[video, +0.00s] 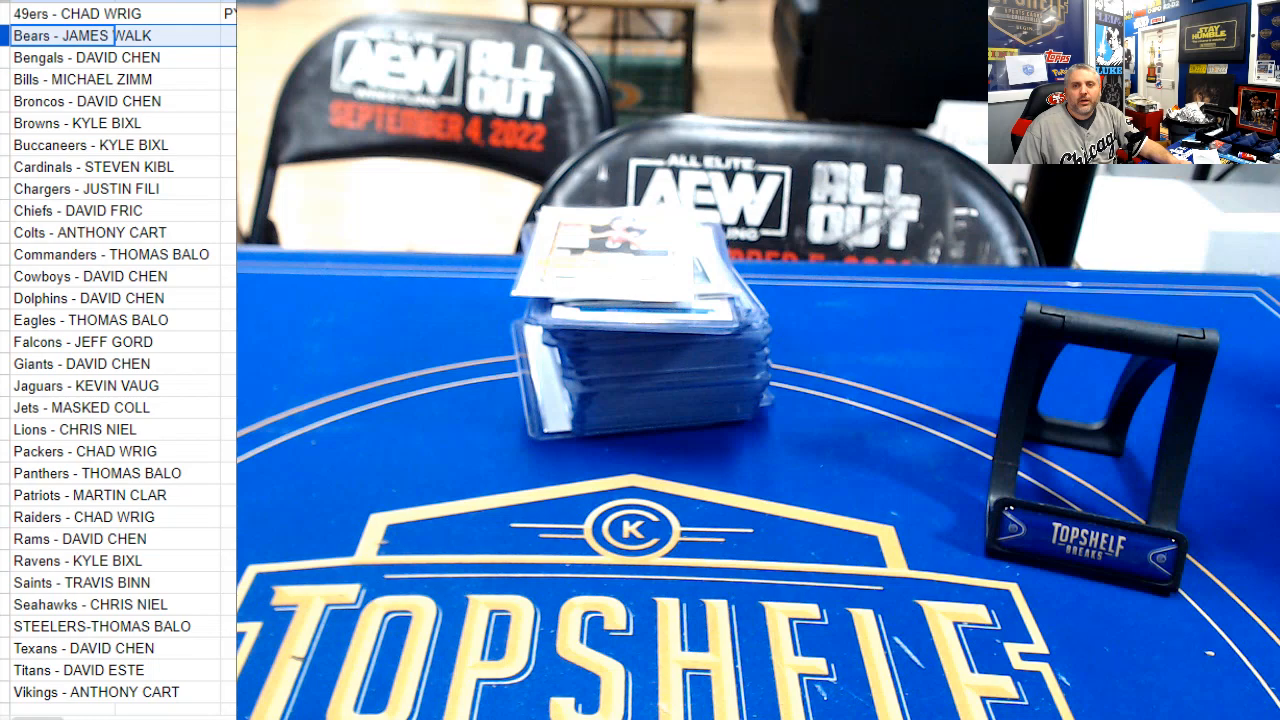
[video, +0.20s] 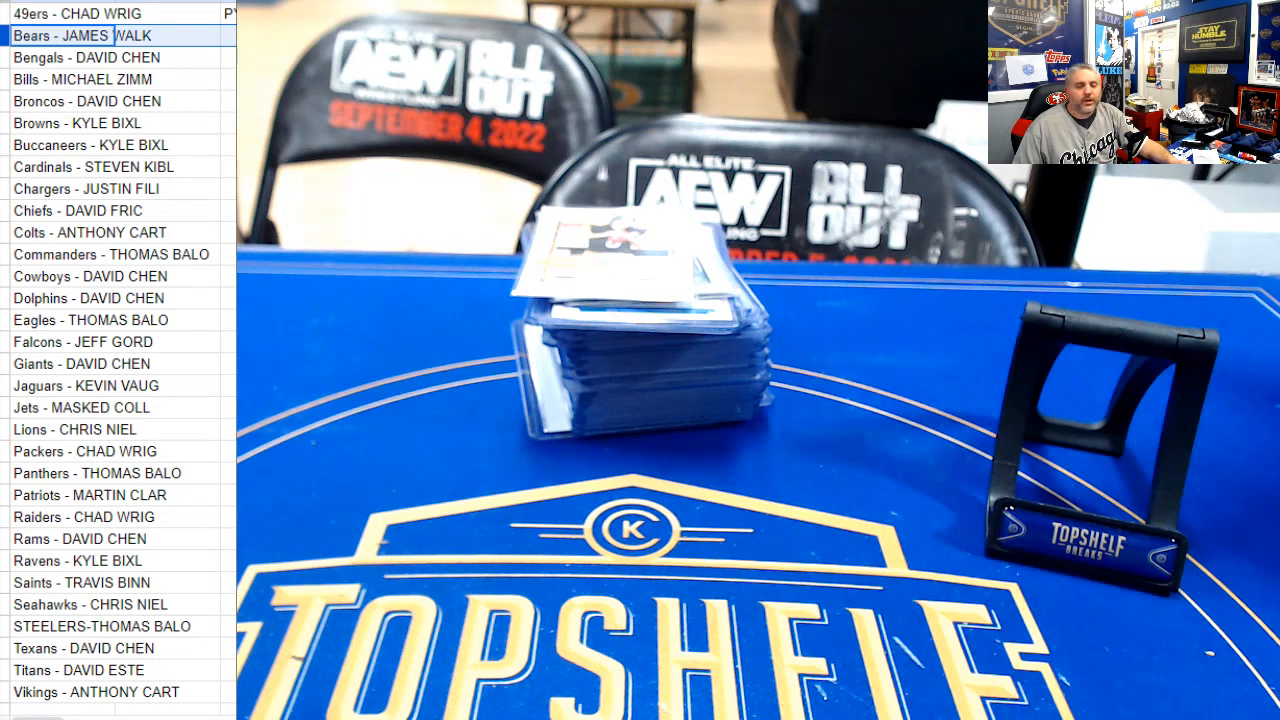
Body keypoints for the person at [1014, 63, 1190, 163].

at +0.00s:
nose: (1083, 91)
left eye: (1090, 85)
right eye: (1076, 86)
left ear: (1099, 90)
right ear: (1066, 93)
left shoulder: (1110, 114)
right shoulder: (1043, 125)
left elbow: (1144, 145)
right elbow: (1020, 175)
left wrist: (1177, 163)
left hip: (1109, 192)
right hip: (1061, 197)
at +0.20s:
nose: (1088, 92)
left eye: (1093, 85)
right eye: (1080, 86)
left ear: (1100, 89)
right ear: (1066, 92)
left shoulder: (1110, 114)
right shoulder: (1043, 126)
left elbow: (1143, 145)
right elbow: (1020, 176)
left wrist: (1175, 162)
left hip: (1109, 192)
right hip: (1062, 197)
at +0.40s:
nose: (1093, 92)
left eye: (1097, 85)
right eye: (1085, 86)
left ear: (1102, 87)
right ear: (1069, 91)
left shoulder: (1110, 113)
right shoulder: (1045, 124)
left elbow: (1142, 144)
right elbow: (1022, 174)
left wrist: (1175, 163)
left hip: (1110, 191)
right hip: (1064, 195)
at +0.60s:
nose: (1091, 90)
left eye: (1095, 83)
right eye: (1083, 85)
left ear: (1101, 85)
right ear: (1068, 90)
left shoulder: (1109, 112)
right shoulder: (1047, 120)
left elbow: (1141, 144)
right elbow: (1028, 171)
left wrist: (1172, 162)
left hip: (1111, 189)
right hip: (1066, 193)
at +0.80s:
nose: (1091, 87)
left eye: (1094, 81)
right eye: (1082, 83)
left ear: (1101, 84)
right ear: (1067, 90)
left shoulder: (1110, 112)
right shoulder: (1051, 116)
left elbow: (1142, 144)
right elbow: (1054, 159)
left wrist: (1174, 163)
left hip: (1114, 182)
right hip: (1075, 189)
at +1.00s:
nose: (1094, 87)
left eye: (1097, 81)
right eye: (1085, 82)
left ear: (1103, 84)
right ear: (1070, 90)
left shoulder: (1112, 113)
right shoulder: (1054, 116)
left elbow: (1146, 146)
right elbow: (1067, 162)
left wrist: (1176, 163)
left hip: (1115, 183)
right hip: (1077, 189)